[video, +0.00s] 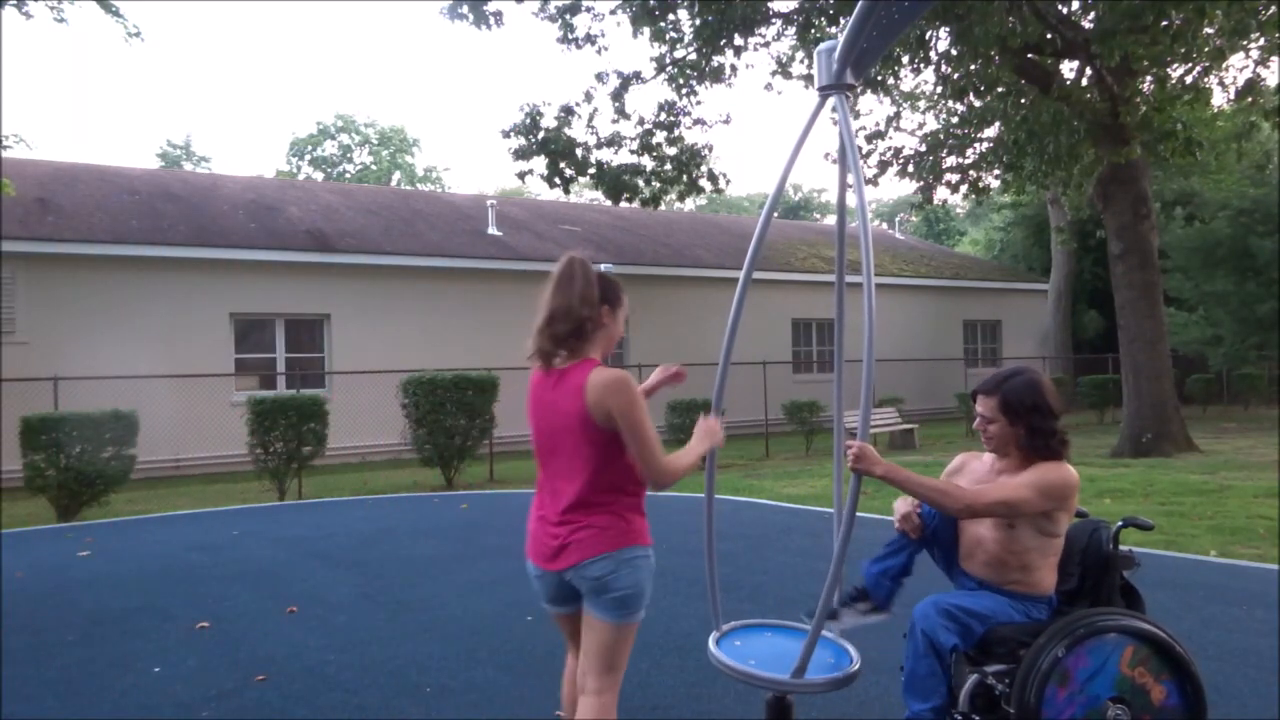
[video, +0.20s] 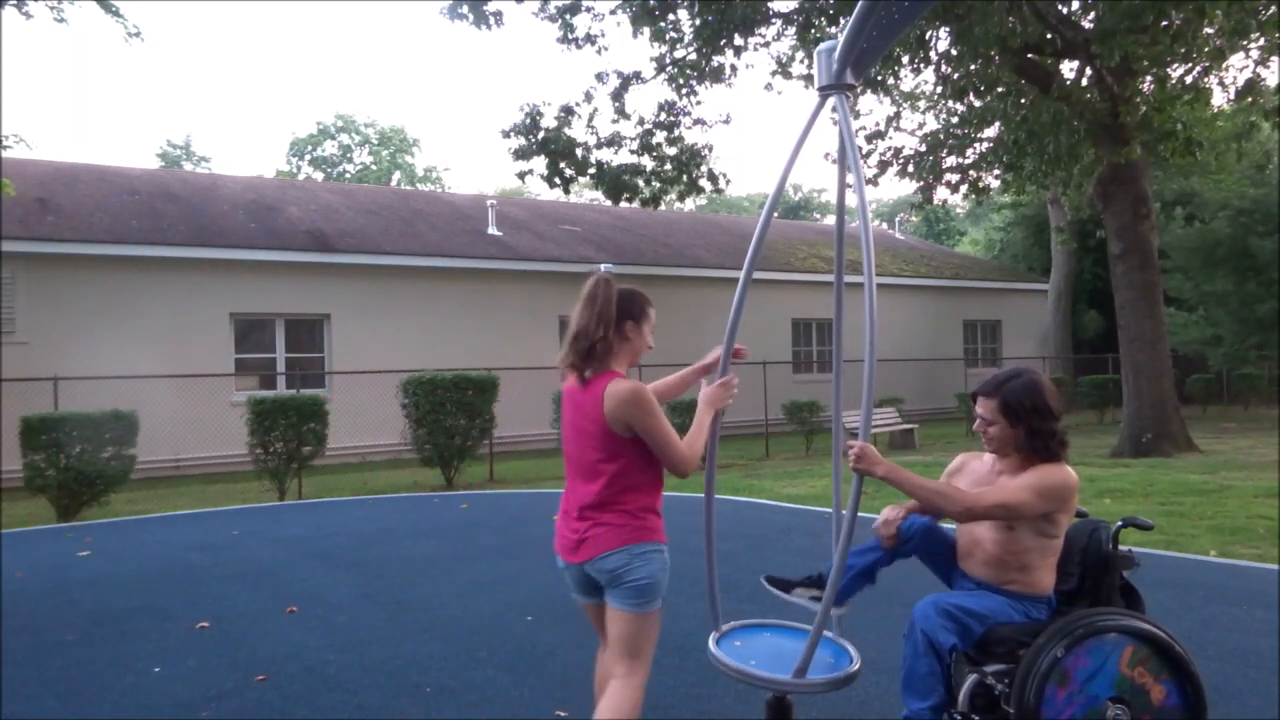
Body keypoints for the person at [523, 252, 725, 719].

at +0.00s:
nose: (623, 327)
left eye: (624, 317)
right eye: (623, 316)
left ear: (565, 315)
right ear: (604, 315)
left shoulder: (541, 377)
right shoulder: (609, 382)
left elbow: (587, 425)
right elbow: (660, 474)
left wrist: (644, 390)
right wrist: (702, 443)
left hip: (547, 544)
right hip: (611, 548)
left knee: (577, 654)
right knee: (599, 689)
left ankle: (570, 714)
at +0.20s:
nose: (652, 339)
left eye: (652, 329)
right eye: (650, 328)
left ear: (606, 328)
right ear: (626, 329)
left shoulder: (574, 383)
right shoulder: (628, 394)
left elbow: (638, 399)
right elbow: (684, 463)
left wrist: (698, 370)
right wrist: (708, 407)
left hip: (575, 541)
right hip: (630, 544)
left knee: (609, 648)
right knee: (627, 674)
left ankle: (605, 714)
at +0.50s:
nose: (697, 333)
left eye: (697, 323)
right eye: (692, 323)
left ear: (664, 323)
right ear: (665, 323)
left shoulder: (659, 367)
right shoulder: (639, 375)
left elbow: (722, 388)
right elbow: (655, 454)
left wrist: (786, 368)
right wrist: (703, 408)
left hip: (610, 515)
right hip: (649, 520)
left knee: (634, 627)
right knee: (669, 629)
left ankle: (617, 716)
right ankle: (667, 715)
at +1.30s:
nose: (756, 343)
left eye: (761, 335)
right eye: (749, 334)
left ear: (764, 329)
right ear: (722, 326)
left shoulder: (757, 368)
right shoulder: (691, 366)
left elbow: (805, 409)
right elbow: (692, 417)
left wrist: (840, 379)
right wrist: (717, 367)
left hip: (747, 504)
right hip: (702, 507)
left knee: (745, 605)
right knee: (721, 611)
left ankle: (746, 694)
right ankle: (693, 708)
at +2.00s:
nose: (757, 337)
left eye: (762, 328)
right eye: (749, 328)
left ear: (765, 326)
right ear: (721, 324)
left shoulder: (763, 366)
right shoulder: (692, 367)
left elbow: (805, 416)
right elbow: (693, 418)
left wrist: (841, 381)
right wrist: (718, 370)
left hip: (761, 508)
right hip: (708, 510)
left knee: (747, 608)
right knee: (706, 615)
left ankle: (746, 693)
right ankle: (697, 709)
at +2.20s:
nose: (757, 337)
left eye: (761, 328)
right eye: (748, 328)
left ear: (764, 326)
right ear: (720, 323)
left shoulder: (763, 366)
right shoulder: (691, 368)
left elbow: (805, 417)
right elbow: (694, 421)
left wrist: (841, 381)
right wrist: (718, 370)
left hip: (761, 507)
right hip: (708, 509)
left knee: (747, 608)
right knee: (707, 614)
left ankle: (746, 696)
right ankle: (697, 708)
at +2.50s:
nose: (756, 338)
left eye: (761, 330)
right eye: (748, 329)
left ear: (765, 326)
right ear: (720, 324)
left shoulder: (763, 366)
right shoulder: (690, 367)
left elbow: (805, 417)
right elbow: (693, 420)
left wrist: (843, 381)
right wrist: (718, 370)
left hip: (760, 507)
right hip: (707, 509)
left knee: (747, 608)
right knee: (706, 614)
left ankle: (746, 694)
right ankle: (697, 709)